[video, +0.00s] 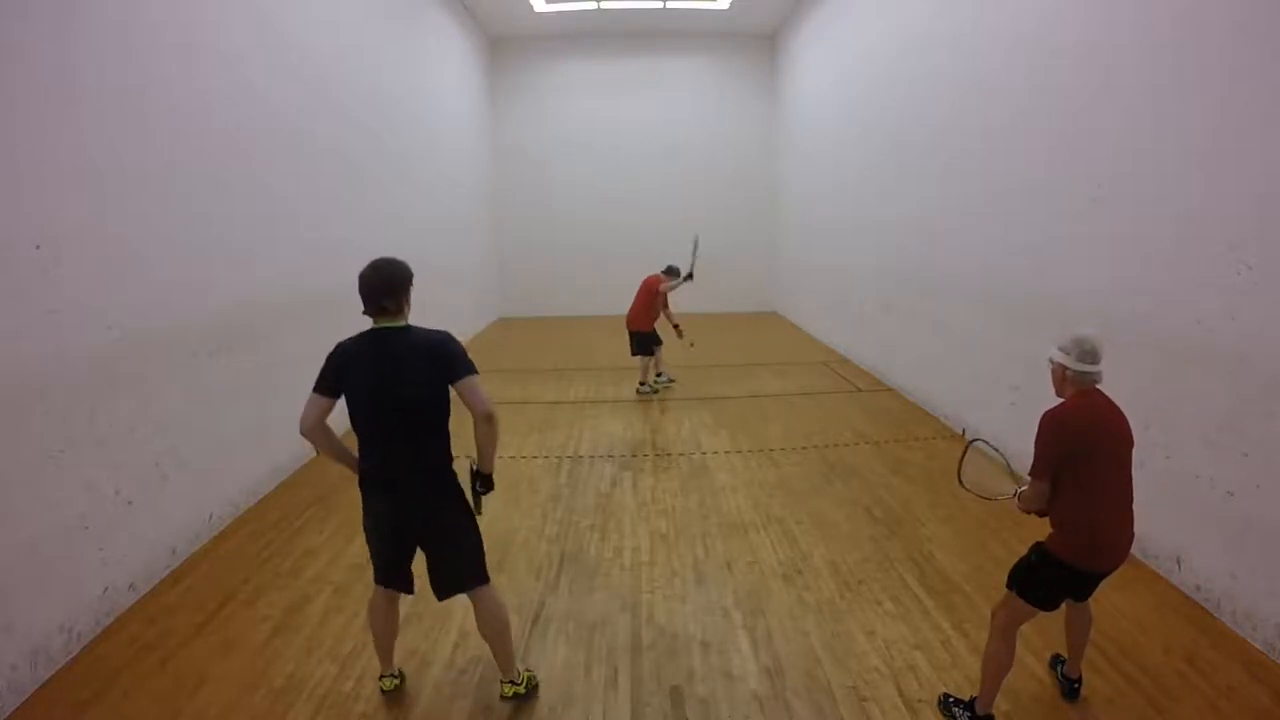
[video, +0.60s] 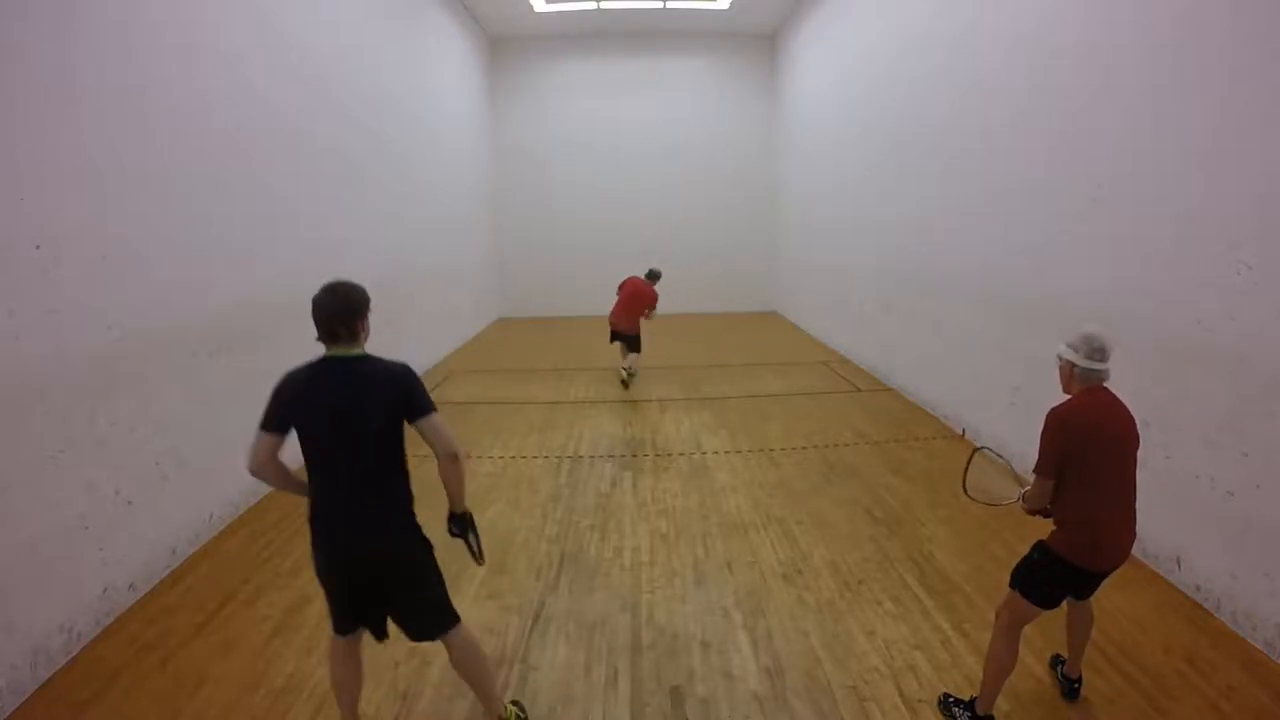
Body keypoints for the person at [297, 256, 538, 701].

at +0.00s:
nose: (411, 296)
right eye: (409, 291)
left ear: (363, 301)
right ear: (407, 297)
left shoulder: (346, 354)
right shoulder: (440, 345)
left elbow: (311, 425)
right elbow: (484, 411)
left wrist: (355, 465)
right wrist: (484, 470)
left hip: (381, 494)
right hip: (438, 490)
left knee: (386, 586)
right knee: (479, 586)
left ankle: (387, 673)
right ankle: (511, 678)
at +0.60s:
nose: (370, 323)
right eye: (368, 318)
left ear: (318, 327)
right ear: (364, 324)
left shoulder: (295, 385)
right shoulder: (395, 377)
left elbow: (260, 463)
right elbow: (448, 452)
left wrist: (307, 489)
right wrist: (459, 511)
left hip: (333, 540)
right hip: (395, 534)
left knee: (345, 635)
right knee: (449, 628)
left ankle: (349, 716)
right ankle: (498, 711)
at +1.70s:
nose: (160, 407)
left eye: (161, 397)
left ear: (177, 391)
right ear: (203, 390)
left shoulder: (164, 444)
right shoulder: (248, 419)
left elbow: (151, 527)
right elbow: (316, 461)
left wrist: (137, 606)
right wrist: (358, 501)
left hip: (217, 570)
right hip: (274, 551)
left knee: (244, 652)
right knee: (319, 608)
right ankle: (370, 666)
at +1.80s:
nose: (150, 396)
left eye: (154, 385)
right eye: (148, 387)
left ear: (178, 382)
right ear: (198, 382)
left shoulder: (155, 436)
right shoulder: (242, 414)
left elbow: (144, 523)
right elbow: (299, 464)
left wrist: (146, 584)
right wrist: (313, 511)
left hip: (217, 567)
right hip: (273, 547)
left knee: (231, 663)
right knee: (323, 610)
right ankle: (386, 670)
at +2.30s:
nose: (214, 357)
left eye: (211, 351)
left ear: (210, 354)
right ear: (248, 350)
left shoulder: (217, 386)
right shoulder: (268, 385)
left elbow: (211, 426)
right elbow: (279, 434)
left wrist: (141, 481)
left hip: (269, 514)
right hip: (311, 497)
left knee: (256, 618)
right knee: (319, 585)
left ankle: (285, 710)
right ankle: (378, 660)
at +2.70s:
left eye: (208, 331)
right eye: (235, 324)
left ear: (202, 335)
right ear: (237, 327)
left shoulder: (200, 385)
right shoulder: (267, 363)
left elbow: (206, 456)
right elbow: (310, 411)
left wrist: (213, 510)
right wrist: (310, 454)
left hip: (253, 487)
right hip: (295, 472)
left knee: (275, 559)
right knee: (314, 546)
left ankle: (302, 627)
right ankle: (348, 603)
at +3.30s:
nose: (263, 312)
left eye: (262, 305)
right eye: (260, 306)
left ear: (224, 309)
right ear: (246, 307)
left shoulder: (202, 349)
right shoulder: (260, 346)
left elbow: (187, 401)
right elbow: (294, 405)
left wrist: (214, 426)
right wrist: (318, 440)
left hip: (233, 452)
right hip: (268, 448)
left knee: (261, 514)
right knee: (298, 522)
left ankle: (251, 587)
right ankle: (316, 590)